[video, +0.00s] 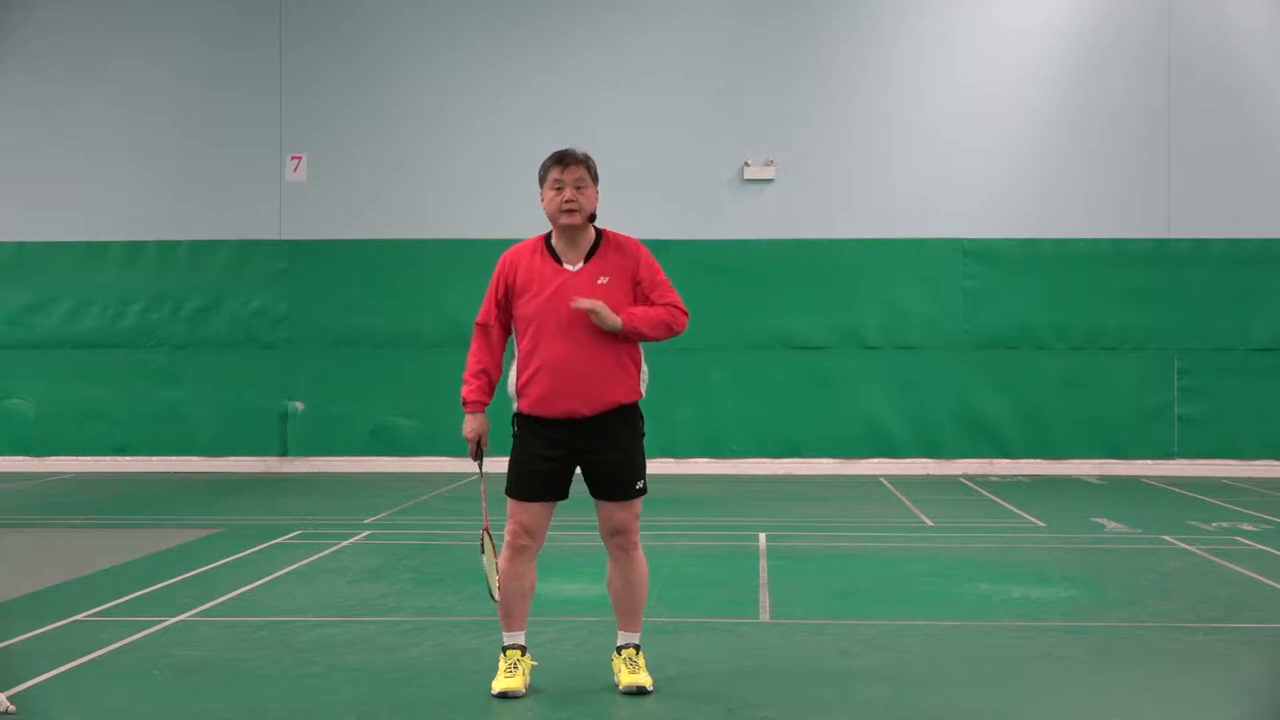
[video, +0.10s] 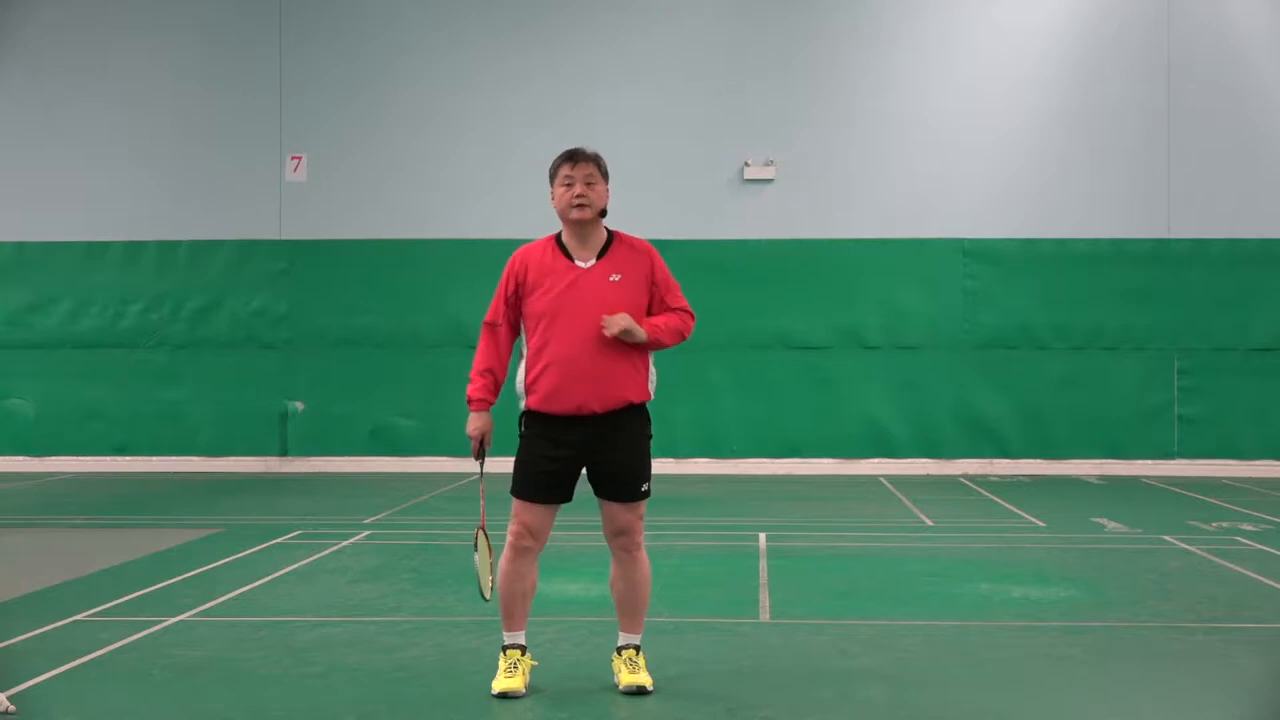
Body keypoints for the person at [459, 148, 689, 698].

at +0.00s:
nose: (568, 195)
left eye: (579, 186)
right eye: (557, 187)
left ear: (596, 196)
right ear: (542, 198)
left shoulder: (628, 255)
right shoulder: (516, 263)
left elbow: (674, 316)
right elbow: (489, 334)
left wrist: (620, 321)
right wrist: (476, 407)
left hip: (613, 420)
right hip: (539, 423)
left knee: (623, 535)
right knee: (521, 536)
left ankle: (629, 650)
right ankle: (513, 651)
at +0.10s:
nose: (578, 190)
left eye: (589, 182)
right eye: (567, 183)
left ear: (607, 194)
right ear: (553, 198)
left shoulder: (640, 256)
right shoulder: (527, 262)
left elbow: (682, 317)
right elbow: (497, 333)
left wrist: (643, 330)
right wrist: (480, 406)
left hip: (621, 421)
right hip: (548, 422)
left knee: (627, 537)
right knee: (524, 536)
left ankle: (630, 650)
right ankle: (513, 651)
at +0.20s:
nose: (590, 188)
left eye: (601, 180)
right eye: (579, 181)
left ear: (619, 195)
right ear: (564, 197)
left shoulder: (652, 258)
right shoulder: (539, 261)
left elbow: (686, 319)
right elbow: (507, 331)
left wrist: (663, 336)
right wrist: (488, 404)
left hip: (632, 420)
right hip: (558, 420)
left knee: (633, 538)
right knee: (528, 537)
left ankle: (631, 650)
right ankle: (514, 649)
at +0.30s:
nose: (603, 187)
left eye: (614, 180)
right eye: (592, 181)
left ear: (631, 196)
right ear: (576, 198)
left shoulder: (663, 259)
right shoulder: (551, 261)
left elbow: (691, 322)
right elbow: (518, 330)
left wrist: (678, 340)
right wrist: (501, 401)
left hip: (642, 422)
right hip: (569, 420)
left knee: (640, 543)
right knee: (531, 538)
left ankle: (631, 650)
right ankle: (516, 647)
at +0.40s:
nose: (615, 188)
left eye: (626, 181)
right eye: (604, 182)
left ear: (642, 196)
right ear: (588, 197)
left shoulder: (673, 261)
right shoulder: (562, 261)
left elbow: (698, 322)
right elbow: (529, 330)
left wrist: (689, 342)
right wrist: (514, 400)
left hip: (649, 423)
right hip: (578, 420)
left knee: (645, 545)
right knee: (537, 538)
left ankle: (632, 651)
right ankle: (520, 643)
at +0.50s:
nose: (625, 190)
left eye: (636, 182)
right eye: (614, 183)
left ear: (653, 196)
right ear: (598, 198)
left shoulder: (682, 262)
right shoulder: (571, 261)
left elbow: (705, 325)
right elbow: (539, 330)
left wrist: (697, 343)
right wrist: (525, 401)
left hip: (656, 421)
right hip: (586, 418)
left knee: (648, 546)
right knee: (553, 537)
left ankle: (633, 650)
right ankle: (531, 638)